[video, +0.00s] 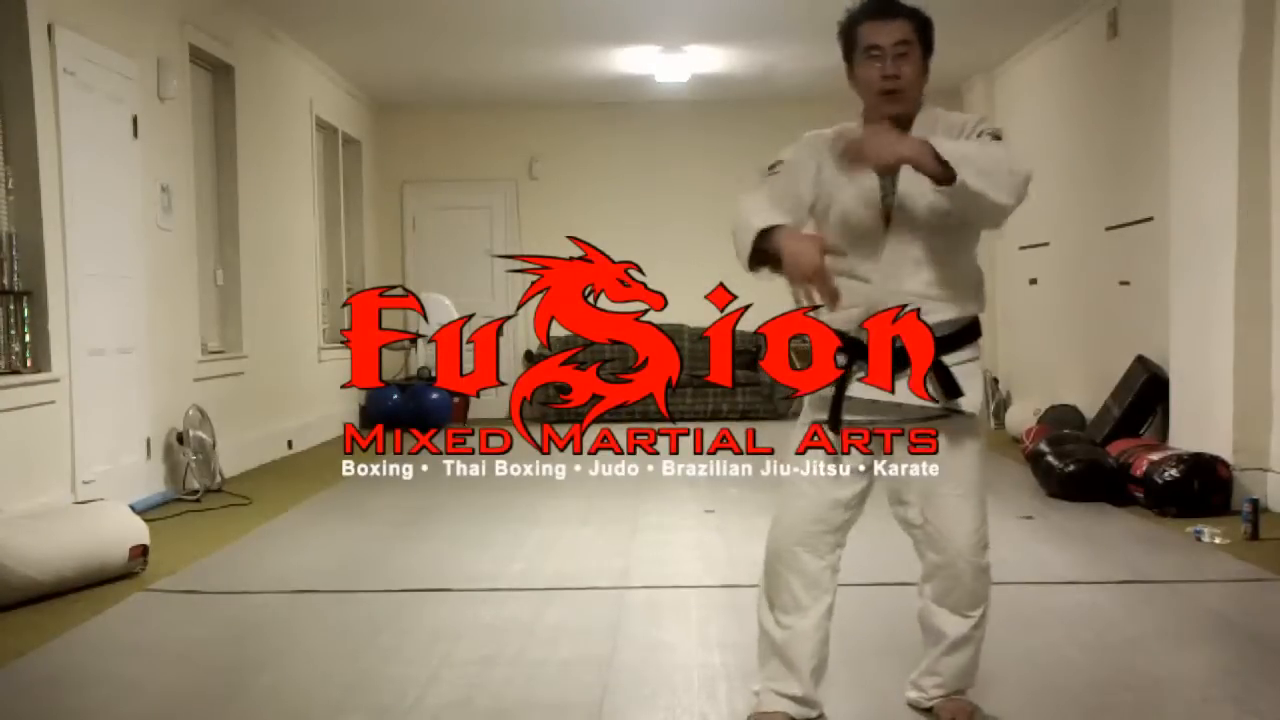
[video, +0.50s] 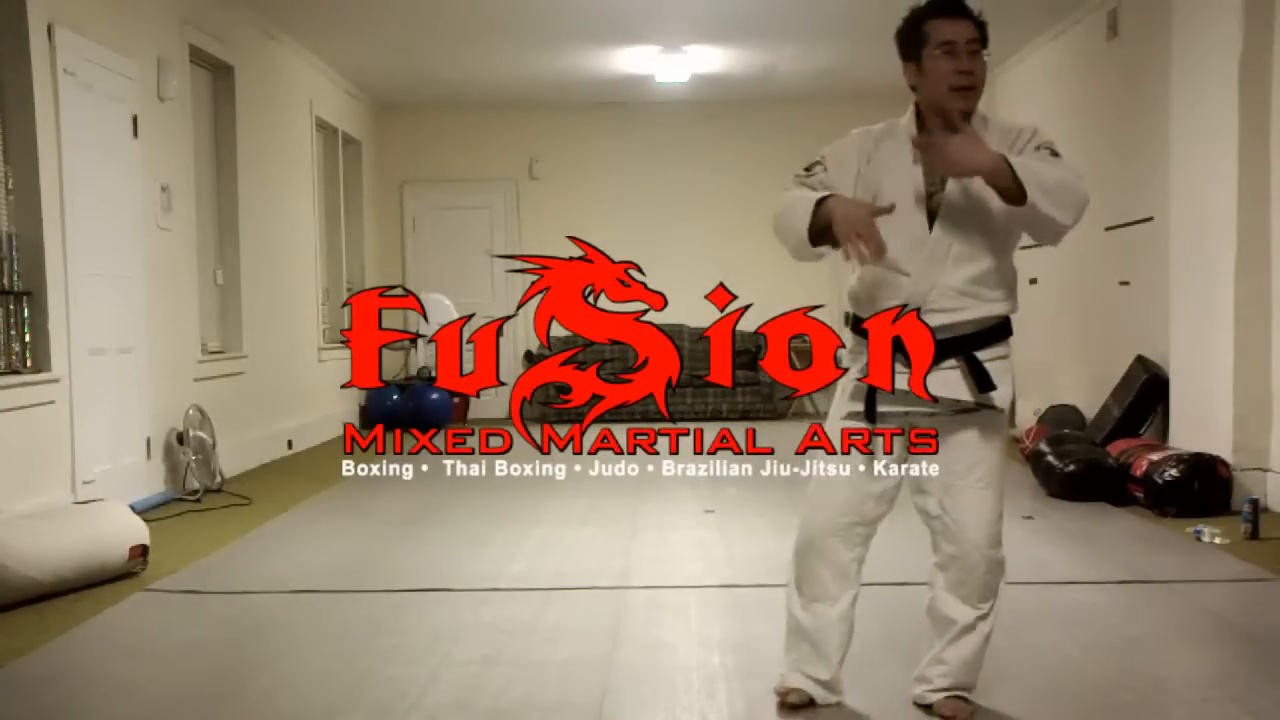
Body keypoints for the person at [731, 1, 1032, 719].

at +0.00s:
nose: (890, 67)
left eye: (903, 52)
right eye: (873, 55)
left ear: (926, 63)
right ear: (850, 70)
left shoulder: (963, 135)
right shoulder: (818, 149)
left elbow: (1007, 190)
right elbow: (751, 208)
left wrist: (915, 153)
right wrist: (781, 240)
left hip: (941, 369)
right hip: (836, 370)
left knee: (959, 549)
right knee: (796, 542)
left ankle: (944, 694)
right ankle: (785, 701)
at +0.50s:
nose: (968, 64)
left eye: (976, 50)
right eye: (949, 52)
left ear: (987, 63)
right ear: (912, 69)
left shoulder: (1014, 144)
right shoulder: (865, 149)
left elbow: (1070, 206)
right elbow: (788, 215)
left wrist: (995, 168)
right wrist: (830, 210)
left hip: (972, 362)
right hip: (874, 362)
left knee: (975, 545)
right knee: (827, 531)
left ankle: (947, 688)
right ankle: (807, 680)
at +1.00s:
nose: (947, 76)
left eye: (956, 63)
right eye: (928, 64)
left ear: (968, 74)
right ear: (894, 79)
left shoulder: (997, 153)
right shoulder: (850, 158)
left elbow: (1053, 225)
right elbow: (781, 229)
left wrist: (978, 202)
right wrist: (826, 218)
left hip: (960, 363)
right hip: (866, 365)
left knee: (970, 537)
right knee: (842, 521)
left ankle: (951, 678)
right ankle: (866, 641)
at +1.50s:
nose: (893, 95)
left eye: (900, 82)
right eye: (875, 85)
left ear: (912, 91)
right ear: (843, 103)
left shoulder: (948, 164)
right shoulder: (808, 178)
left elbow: (996, 238)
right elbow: (747, 243)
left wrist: (919, 234)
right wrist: (785, 246)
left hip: (923, 366)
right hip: (840, 370)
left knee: (939, 516)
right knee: (841, 521)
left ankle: (944, 654)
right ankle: (870, 644)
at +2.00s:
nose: (887, 93)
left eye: (900, 80)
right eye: (872, 81)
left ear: (919, 92)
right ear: (850, 96)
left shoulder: (962, 165)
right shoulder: (817, 180)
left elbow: (1037, 222)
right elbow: (765, 237)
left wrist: (985, 262)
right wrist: (762, 241)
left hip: (939, 366)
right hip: (850, 371)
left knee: (975, 517)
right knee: (845, 517)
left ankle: (1010, 649)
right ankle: (871, 643)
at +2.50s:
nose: (941, 96)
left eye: (957, 82)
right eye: (931, 82)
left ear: (987, 88)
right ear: (918, 88)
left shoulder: (1035, 162)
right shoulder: (880, 160)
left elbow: (1085, 233)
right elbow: (790, 191)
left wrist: (1053, 260)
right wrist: (810, 146)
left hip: (1000, 369)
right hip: (907, 371)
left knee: (1022, 523)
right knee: (880, 518)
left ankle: (1015, 654)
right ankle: (877, 642)